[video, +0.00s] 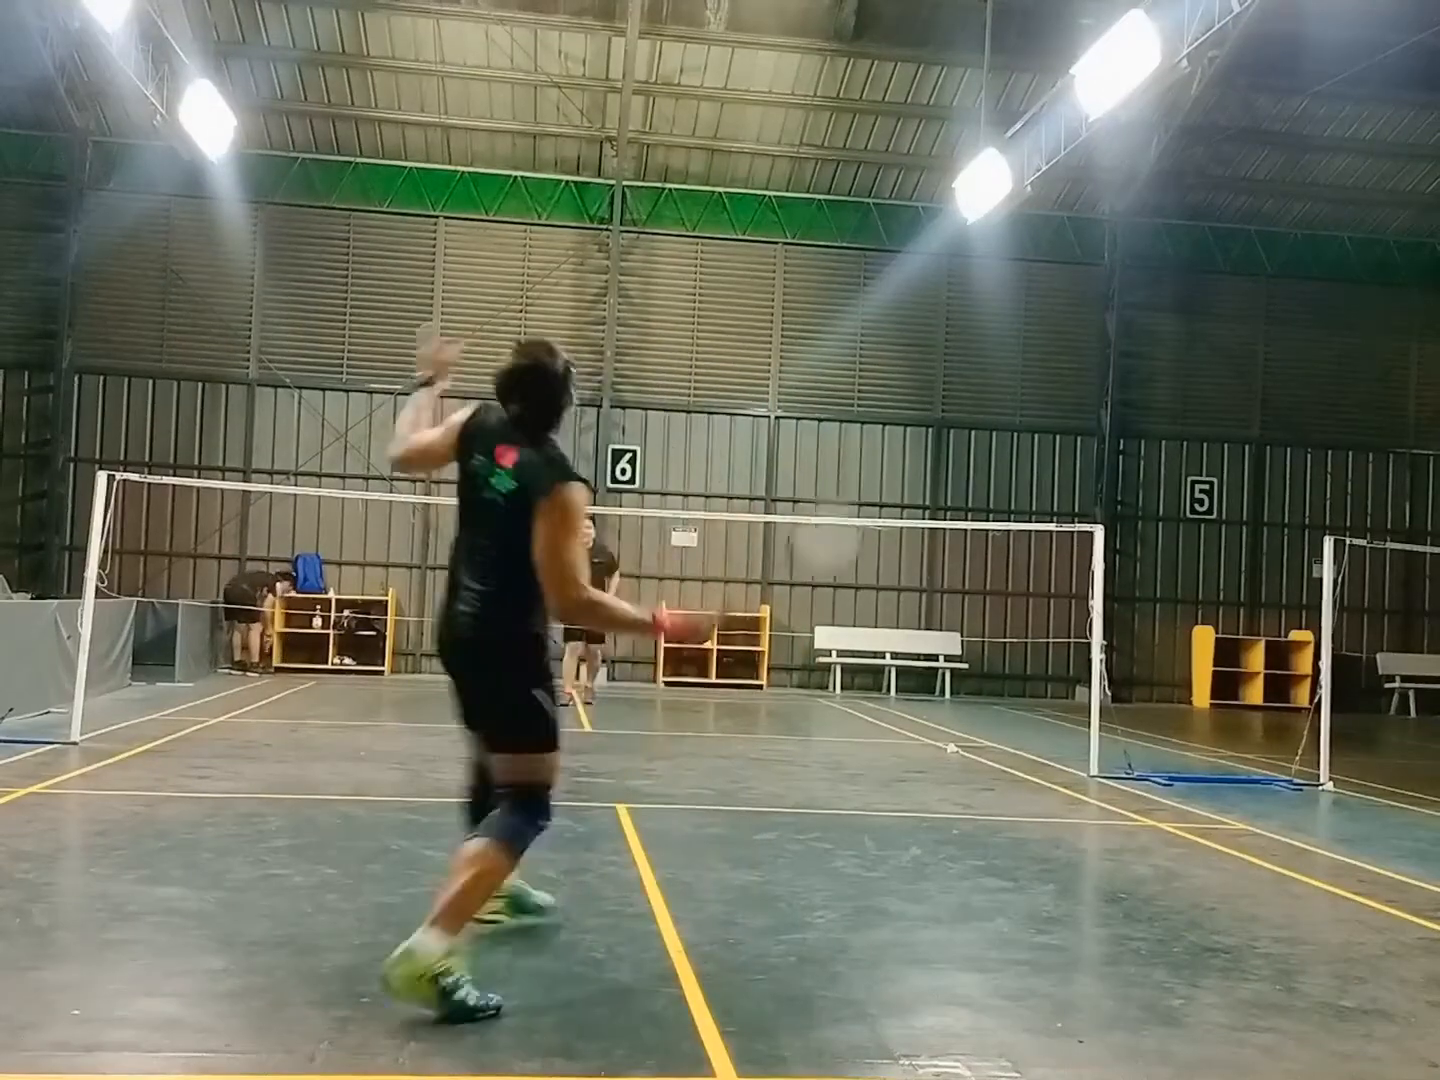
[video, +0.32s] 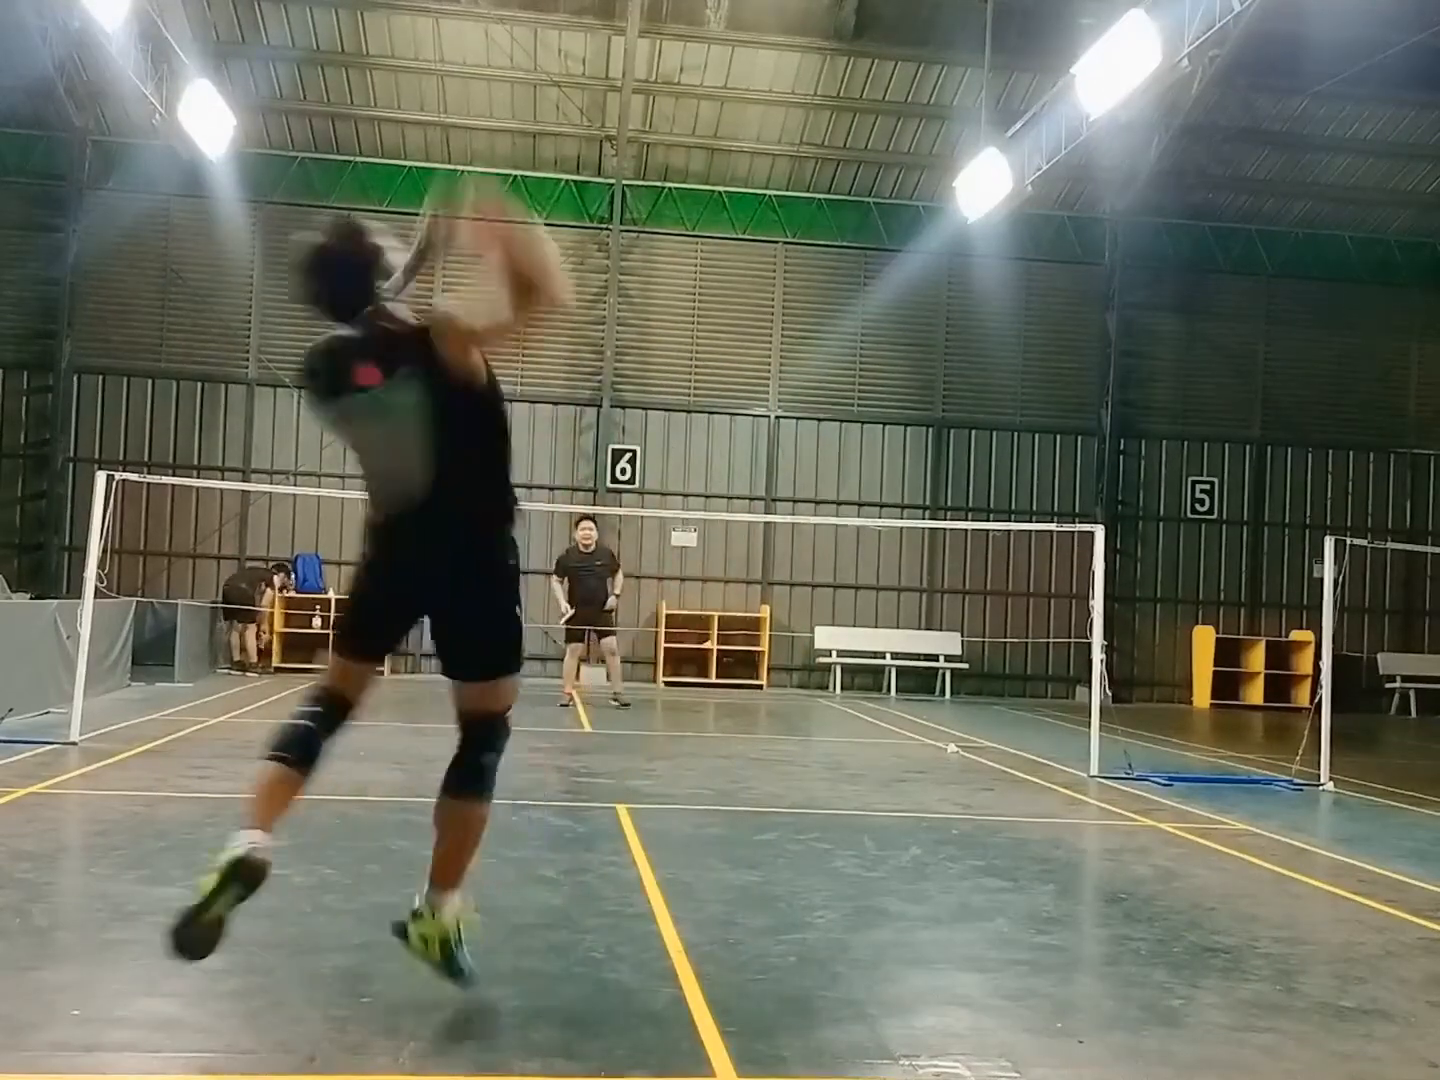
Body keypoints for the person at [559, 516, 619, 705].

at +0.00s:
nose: (585, 534)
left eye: (588, 529)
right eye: (581, 529)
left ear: (595, 531)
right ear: (574, 533)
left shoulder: (603, 553)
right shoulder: (568, 556)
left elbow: (614, 574)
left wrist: (609, 596)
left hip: (596, 611)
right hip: (573, 611)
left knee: (593, 652)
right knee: (572, 650)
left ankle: (589, 686)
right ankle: (568, 688)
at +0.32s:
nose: (587, 533)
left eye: (590, 529)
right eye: (582, 529)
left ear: (596, 533)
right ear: (575, 533)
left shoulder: (606, 554)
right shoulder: (567, 558)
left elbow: (618, 574)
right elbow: (556, 580)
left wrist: (615, 595)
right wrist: (562, 602)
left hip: (602, 611)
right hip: (577, 611)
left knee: (611, 649)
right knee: (573, 651)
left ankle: (618, 692)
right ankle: (567, 693)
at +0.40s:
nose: (590, 535)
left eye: (594, 532)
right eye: (586, 531)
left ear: (599, 536)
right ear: (578, 536)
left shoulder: (608, 557)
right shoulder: (570, 560)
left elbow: (620, 575)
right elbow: (558, 582)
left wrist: (617, 598)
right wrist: (564, 605)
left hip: (604, 613)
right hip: (578, 614)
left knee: (613, 651)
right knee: (573, 651)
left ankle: (625, 693)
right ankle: (568, 694)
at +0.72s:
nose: (602, 540)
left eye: (607, 536)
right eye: (599, 536)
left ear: (613, 540)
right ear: (592, 541)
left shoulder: (622, 563)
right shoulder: (584, 562)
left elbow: (634, 583)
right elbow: (575, 585)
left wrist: (623, 599)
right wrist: (578, 605)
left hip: (613, 613)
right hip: (590, 612)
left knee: (618, 650)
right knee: (578, 651)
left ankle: (627, 693)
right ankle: (569, 692)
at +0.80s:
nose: (603, 538)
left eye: (607, 535)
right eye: (600, 535)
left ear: (614, 540)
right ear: (594, 540)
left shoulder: (623, 563)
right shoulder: (586, 563)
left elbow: (636, 583)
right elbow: (577, 584)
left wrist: (622, 595)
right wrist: (580, 603)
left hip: (615, 613)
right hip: (592, 612)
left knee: (615, 649)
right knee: (580, 650)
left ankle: (623, 695)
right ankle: (569, 692)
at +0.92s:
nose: (606, 537)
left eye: (611, 534)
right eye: (603, 534)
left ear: (619, 541)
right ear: (598, 540)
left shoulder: (627, 565)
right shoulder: (591, 563)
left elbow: (640, 588)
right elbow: (581, 585)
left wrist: (624, 592)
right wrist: (581, 599)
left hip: (616, 619)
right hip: (593, 616)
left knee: (612, 652)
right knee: (580, 652)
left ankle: (619, 697)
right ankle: (574, 693)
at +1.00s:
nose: (607, 533)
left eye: (612, 531)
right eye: (604, 530)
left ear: (620, 538)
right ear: (599, 536)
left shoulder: (628, 563)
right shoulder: (592, 560)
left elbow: (640, 586)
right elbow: (583, 579)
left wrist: (624, 586)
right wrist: (582, 590)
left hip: (616, 616)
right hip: (593, 613)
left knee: (612, 650)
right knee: (579, 650)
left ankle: (619, 697)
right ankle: (579, 690)